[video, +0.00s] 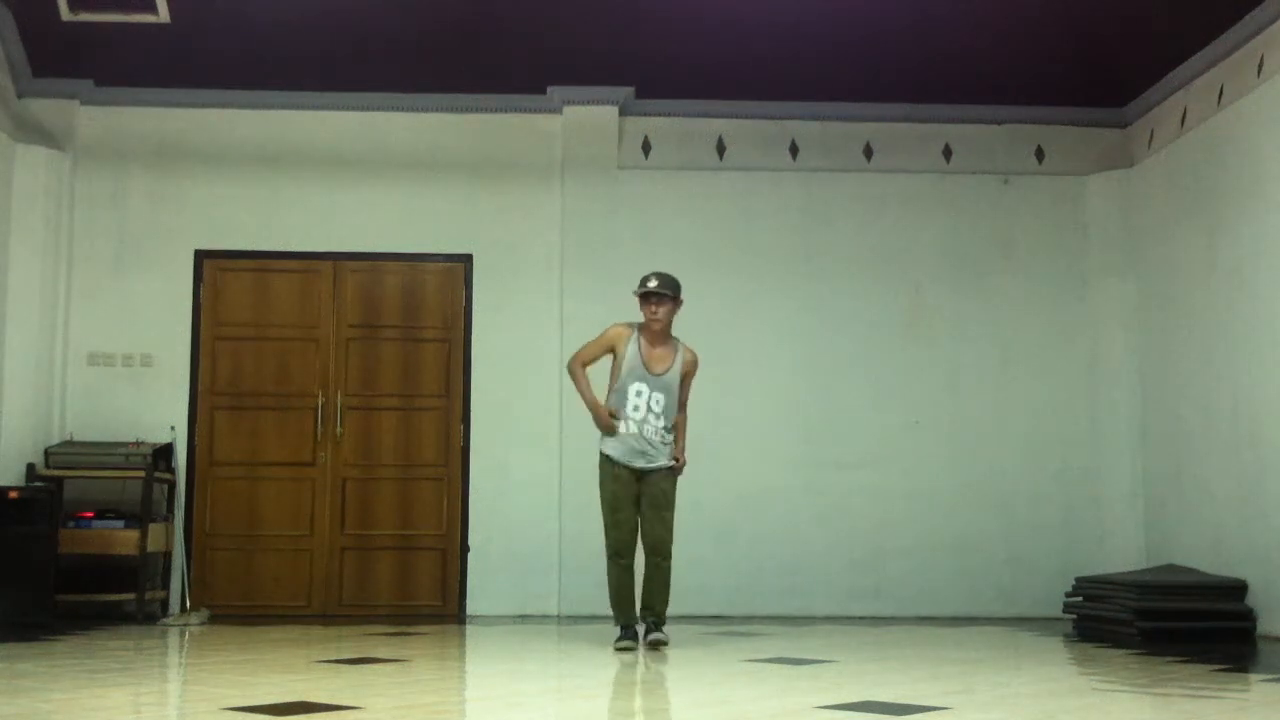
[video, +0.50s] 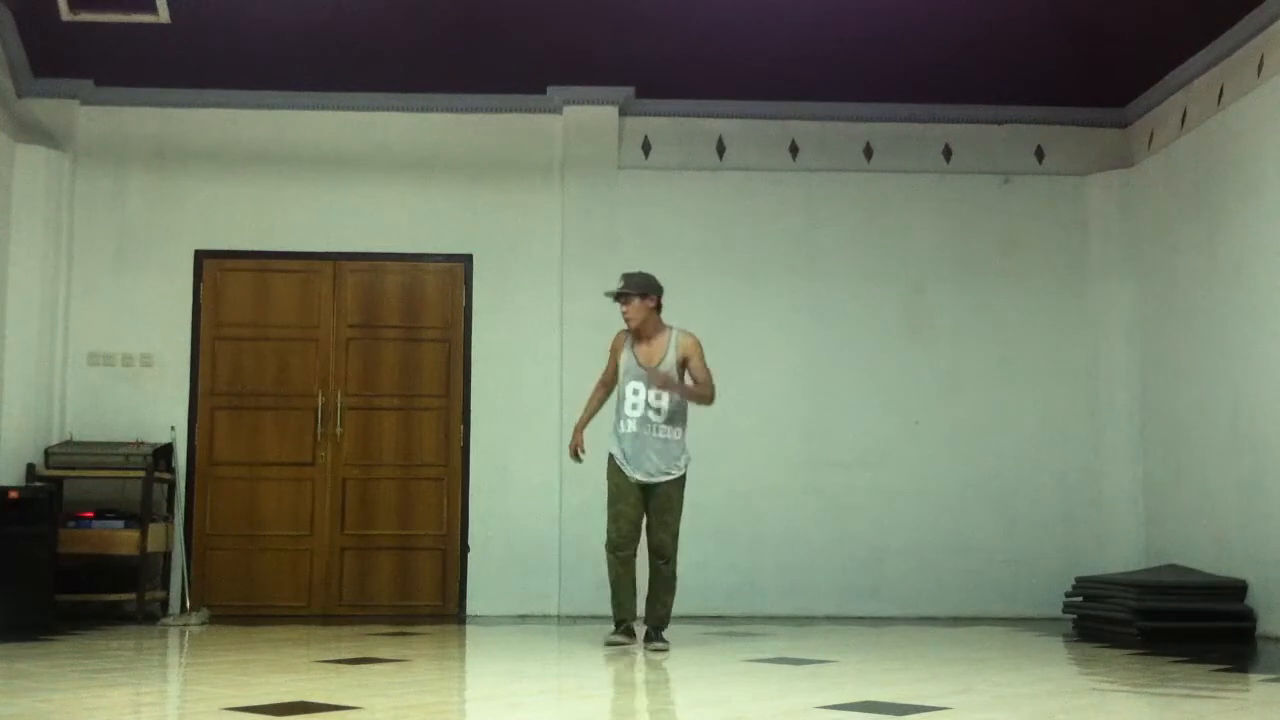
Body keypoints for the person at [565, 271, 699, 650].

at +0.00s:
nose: (653, 306)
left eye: (661, 300)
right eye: (647, 299)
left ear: (676, 306)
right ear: (639, 304)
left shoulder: (686, 358)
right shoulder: (621, 335)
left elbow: (681, 409)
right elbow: (576, 363)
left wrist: (679, 447)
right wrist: (594, 407)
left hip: (661, 464)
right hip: (617, 459)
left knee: (659, 548)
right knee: (620, 547)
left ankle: (654, 623)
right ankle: (626, 626)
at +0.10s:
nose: (652, 310)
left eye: (660, 304)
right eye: (647, 304)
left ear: (677, 309)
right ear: (641, 309)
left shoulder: (689, 364)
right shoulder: (624, 339)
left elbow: (685, 414)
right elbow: (581, 361)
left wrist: (682, 450)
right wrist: (586, 404)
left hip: (664, 467)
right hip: (621, 463)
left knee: (661, 548)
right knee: (625, 543)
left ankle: (655, 627)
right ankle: (627, 623)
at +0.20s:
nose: (648, 315)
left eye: (656, 309)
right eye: (644, 309)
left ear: (675, 313)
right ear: (639, 313)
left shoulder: (689, 367)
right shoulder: (625, 341)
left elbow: (688, 418)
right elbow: (589, 366)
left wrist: (683, 453)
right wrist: (578, 408)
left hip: (666, 469)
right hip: (624, 464)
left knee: (666, 551)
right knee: (628, 544)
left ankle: (655, 627)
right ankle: (632, 625)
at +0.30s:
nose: (638, 316)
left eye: (646, 309)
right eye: (635, 309)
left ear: (668, 311)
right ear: (633, 311)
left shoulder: (690, 357)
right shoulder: (626, 340)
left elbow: (688, 409)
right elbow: (597, 371)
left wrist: (680, 437)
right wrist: (575, 411)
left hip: (667, 466)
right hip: (624, 461)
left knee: (662, 548)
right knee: (626, 538)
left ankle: (655, 628)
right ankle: (633, 615)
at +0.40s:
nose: (628, 312)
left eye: (634, 306)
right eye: (626, 306)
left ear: (659, 306)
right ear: (628, 309)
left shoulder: (689, 349)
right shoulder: (624, 341)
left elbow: (698, 404)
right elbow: (601, 377)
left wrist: (676, 410)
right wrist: (578, 417)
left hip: (668, 467)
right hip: (624, 462)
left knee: (662, 550)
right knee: (623, 540)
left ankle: (655, 628)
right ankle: (626, 623)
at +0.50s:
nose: (622, 308)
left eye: (628, 301)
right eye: (620, 302)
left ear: (652, 302)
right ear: (627, 305)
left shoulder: (685, 343)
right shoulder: (622, 343)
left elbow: (707, 394)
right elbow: (606, 384)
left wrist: (674, 386)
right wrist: (580, 426)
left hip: (668, 466)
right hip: (624, 462)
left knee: (662, 549)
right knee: (620, 544)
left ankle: (656, 627)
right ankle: (624, 625)